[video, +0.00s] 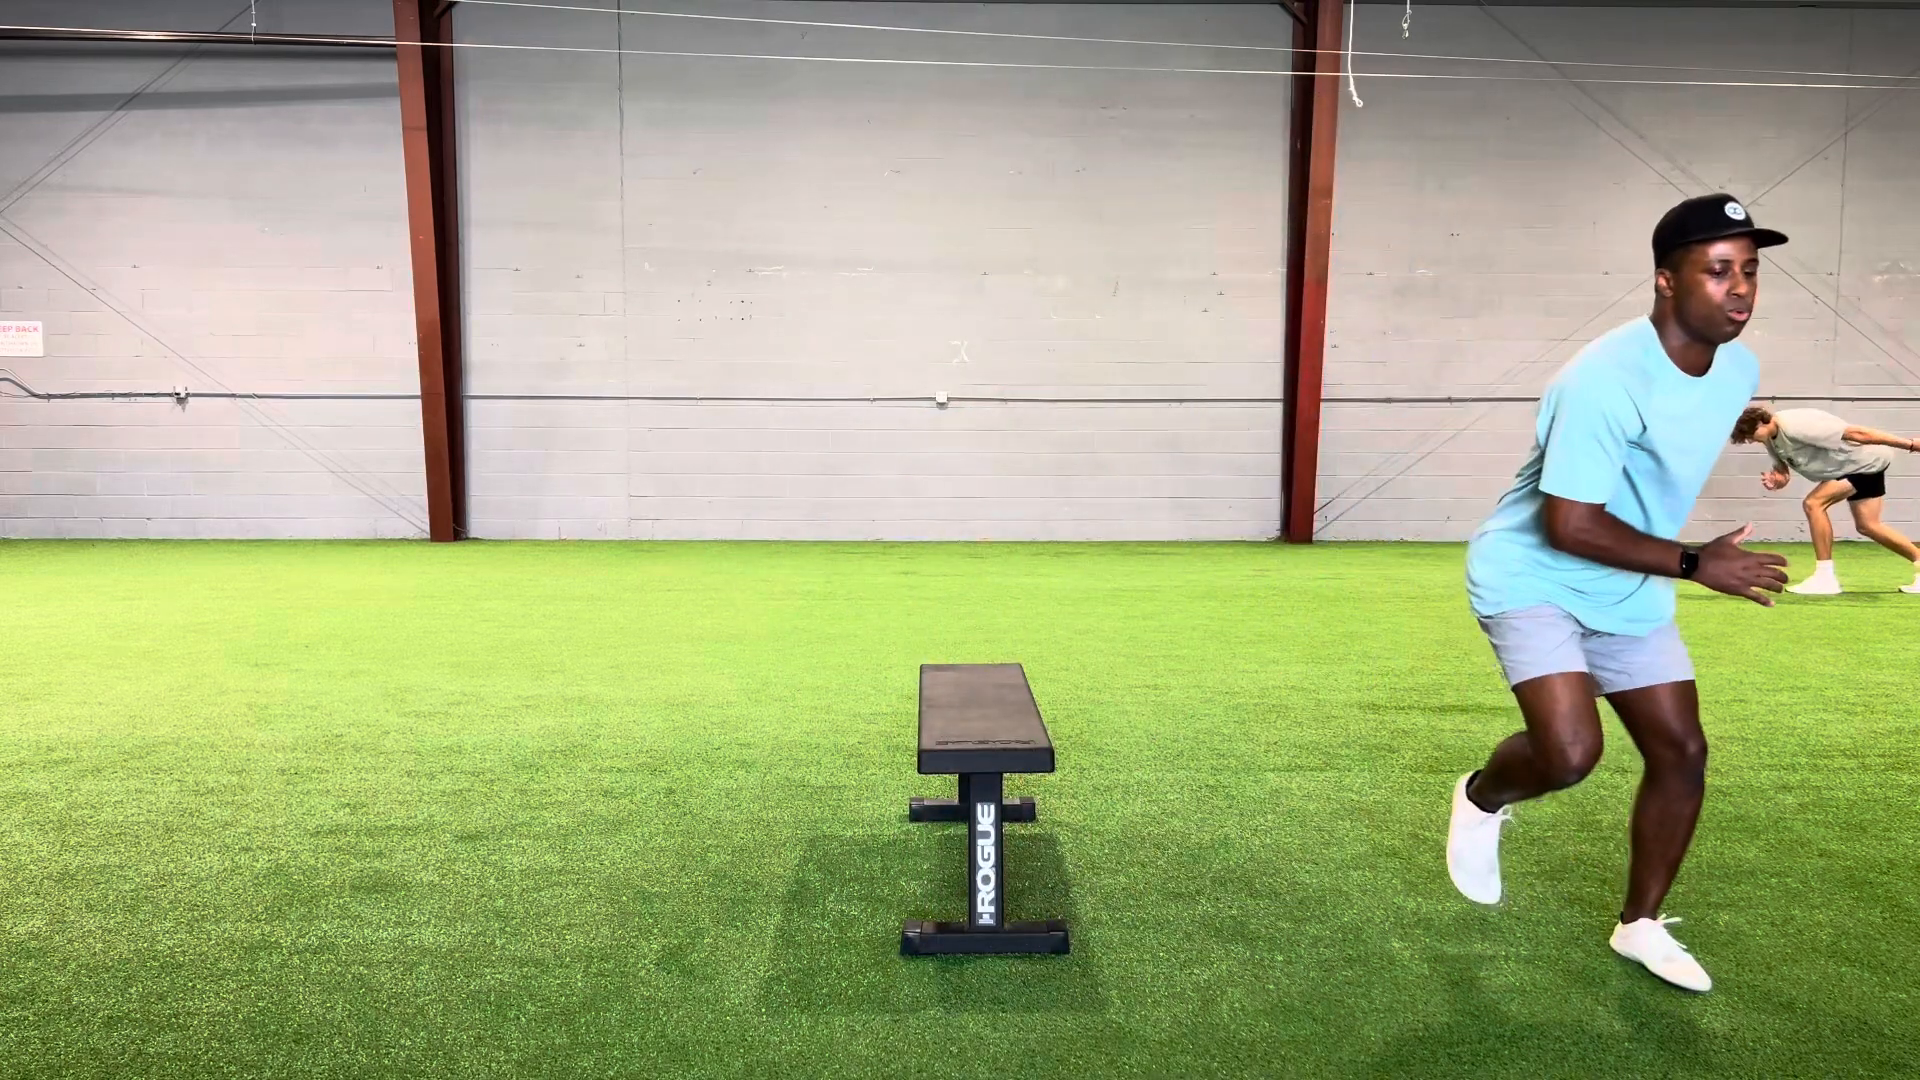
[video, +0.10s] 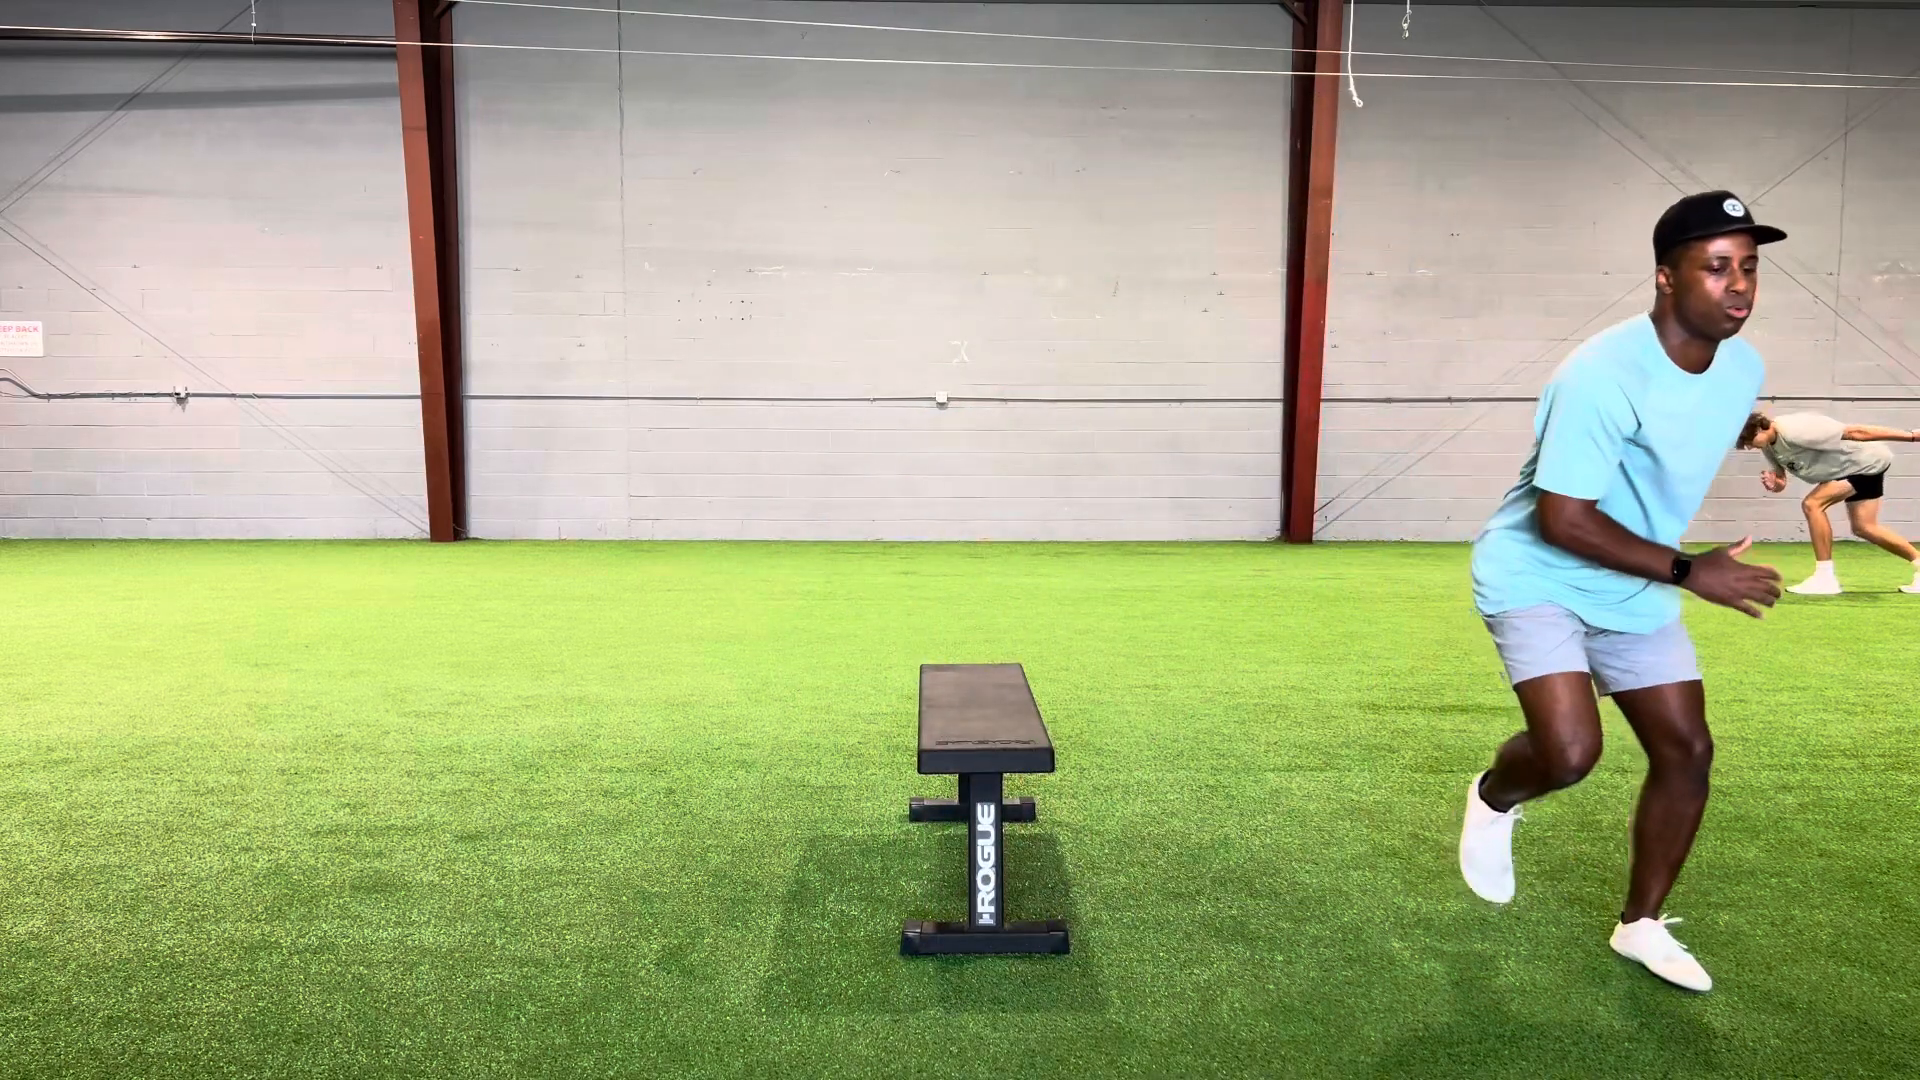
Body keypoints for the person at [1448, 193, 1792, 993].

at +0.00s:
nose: (1743, 290)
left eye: (1749, 271)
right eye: (1721, 272)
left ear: (1756, 277)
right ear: (1667, 283)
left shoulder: (1737, 367)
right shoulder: (1602, 380)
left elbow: (1700, 429)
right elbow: (1570, 524)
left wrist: (1753, 423)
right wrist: (1694, 562)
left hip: (1629, 575)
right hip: (1529, 568)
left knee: (1681, 750)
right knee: (1569, 752)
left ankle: (1640, 922)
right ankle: (1478, 800)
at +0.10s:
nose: (1742, 286)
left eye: (1750, 268)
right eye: (1720, 268)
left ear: (1756, 275)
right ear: (1666, 280)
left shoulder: (1741, 365)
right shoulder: (1597, 376)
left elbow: (1730, 419)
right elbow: (1563, 520)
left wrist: (1761, 433)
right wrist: (1687, 569)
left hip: (1632, 574)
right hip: (1533, 566)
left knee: (1687, 751)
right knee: (1569, 751)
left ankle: (1641, 922)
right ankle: (1489, 800)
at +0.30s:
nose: (1685, 262)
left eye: (1702, 243)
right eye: (1664, 243)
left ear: (1722, 250)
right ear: (1631, 245)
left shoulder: (1734, 357)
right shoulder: (1561, 340)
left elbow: (1727, 487)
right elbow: (1506, 477)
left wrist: (1743, 607)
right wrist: (1559, 604)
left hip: (1634, 569)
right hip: (1522, 559)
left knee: (1672, 742)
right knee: (1522, 739)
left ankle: (1641, 919)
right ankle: (1490, 829)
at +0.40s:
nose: (1629, 248)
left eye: (1649, 229)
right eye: (1615, 228)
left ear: (1686, 234)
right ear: (1595, 228)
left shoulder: (1719, 344)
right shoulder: (1530, 322)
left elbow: (1744, 474)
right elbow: (1457, 446)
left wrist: (1778, 598)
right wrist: (1453, 575)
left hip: (1622, 578)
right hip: (1507, 560)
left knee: (1654, 739)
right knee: (1463, 730)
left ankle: (1640, 919)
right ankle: (1439, 862)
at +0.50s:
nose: (1572, 245)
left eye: (1592, 227)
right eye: (1560, 226)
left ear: (1639, 228)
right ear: (1546, 226)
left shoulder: (1694, 340)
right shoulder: (1490, 324)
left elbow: (1741, 467)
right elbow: (1404, 430)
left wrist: (1779, 578)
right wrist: (1369, 548)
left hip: (1601, 581)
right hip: (1475, 561)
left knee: (1644, 745)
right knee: (1409, 721)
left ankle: (1640, 922)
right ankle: (1363, 897)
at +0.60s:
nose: (1508, 255)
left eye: (1527, 235)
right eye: (1498, 237)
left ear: (1578, 234)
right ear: (1486, 238)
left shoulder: (1645, 340)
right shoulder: (1443, 338)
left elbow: (1696, 460)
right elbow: (1365, 433)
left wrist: (1719, 564)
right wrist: (1309, 534)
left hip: (1576, 591)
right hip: (1446, 578)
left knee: (1633, 754)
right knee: (1359, 730)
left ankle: (1638, 925)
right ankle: (1282, 912)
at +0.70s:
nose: (1430, 254)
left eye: (1448, 236)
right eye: (1420, 238)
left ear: (1499, 234)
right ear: (1413, 240)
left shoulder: (1568, 335)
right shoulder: (1378, 343)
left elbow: (1615, 461)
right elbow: (1316, 441)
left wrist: (1614, 560)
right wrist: (1256, 531)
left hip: (1530, 597)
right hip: (1400, 589)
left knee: (1594, 757)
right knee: (1313, 736)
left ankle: (1638, 925)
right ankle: (1248, 924)